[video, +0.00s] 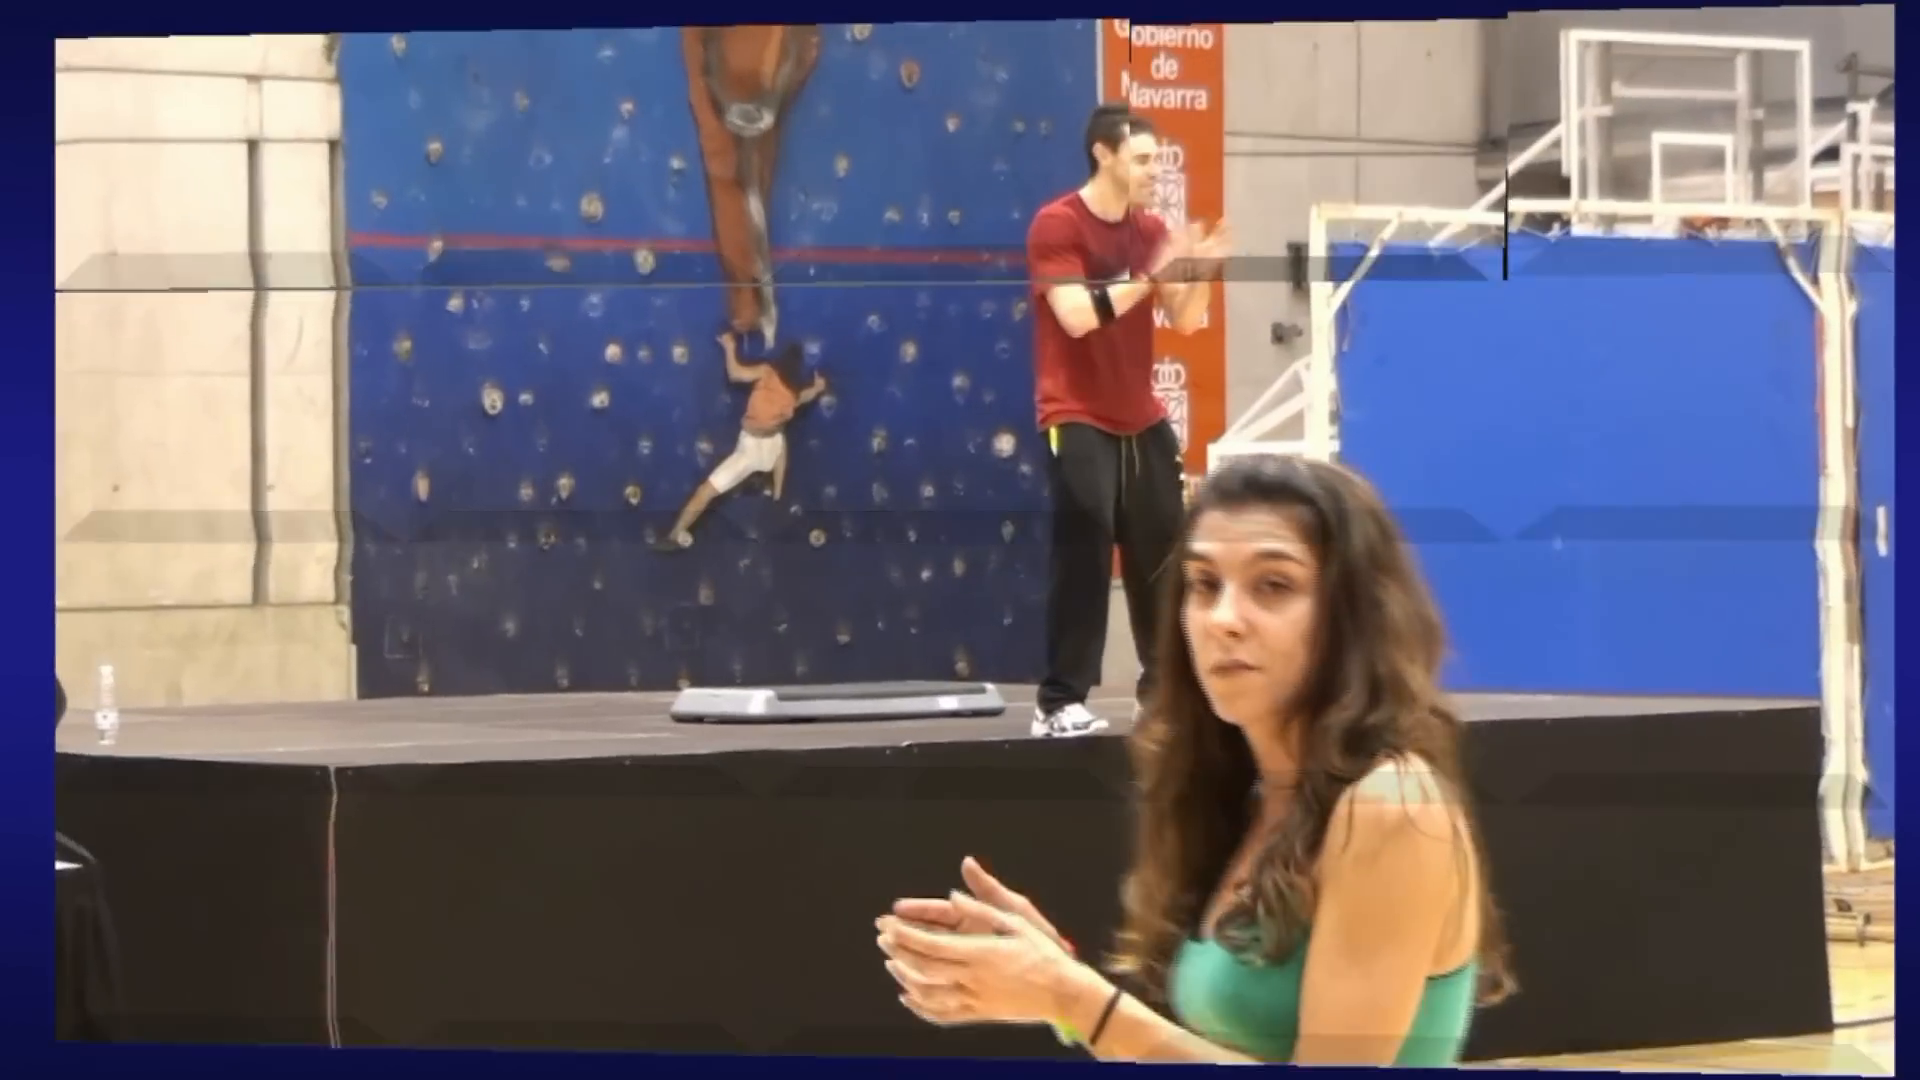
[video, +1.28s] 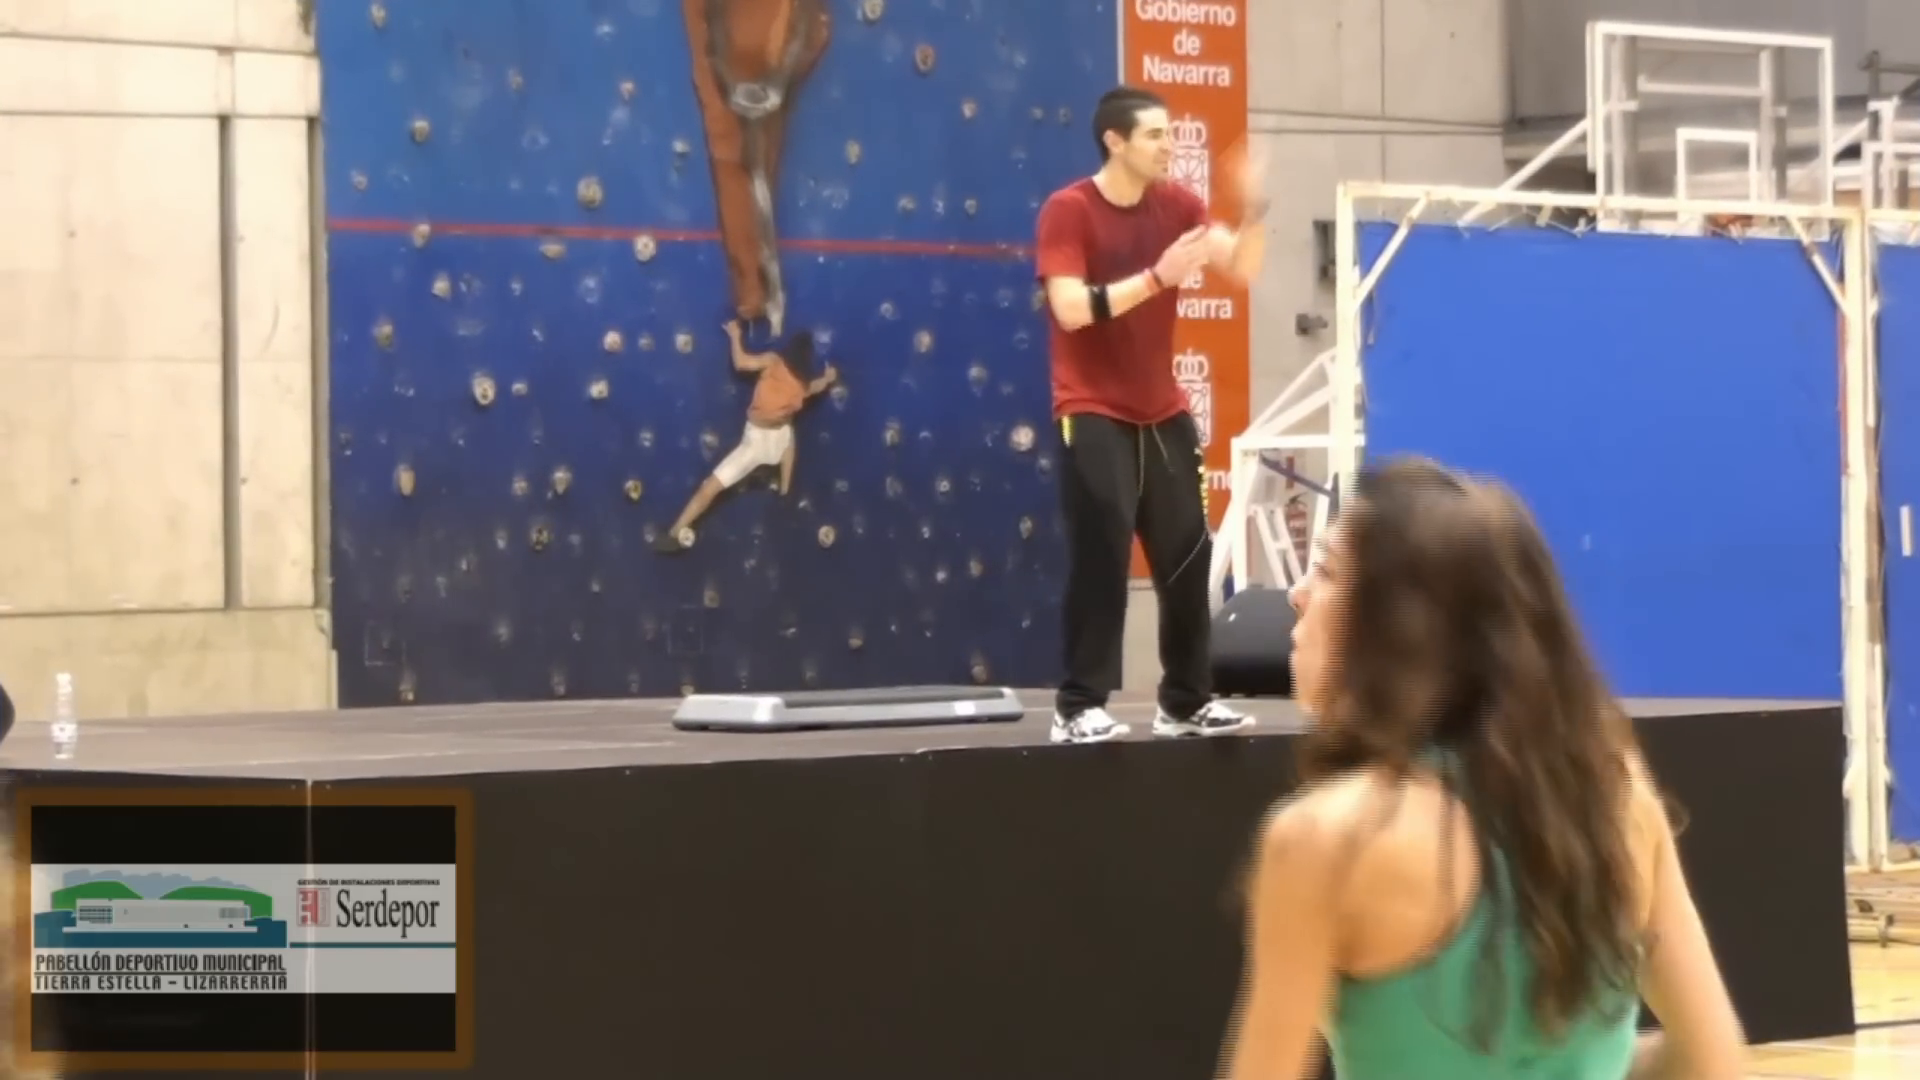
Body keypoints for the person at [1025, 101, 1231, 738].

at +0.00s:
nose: (1153, 170)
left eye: (1155, 158)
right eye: (1142, 158)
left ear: (1143, 160)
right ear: (1103, 155)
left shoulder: (1150, 231)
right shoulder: (1056, 223)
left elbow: (1185, 319)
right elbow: (1076, 317)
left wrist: (1203, 267)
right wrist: (1157, 273)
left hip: (1140, 411)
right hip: (1076, 411)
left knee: (1161, 549)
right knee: (1088, 542)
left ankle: (1166, 695)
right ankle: (1064, 699)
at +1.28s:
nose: (1165, 146)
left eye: (1168, 135)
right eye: (1153, 136)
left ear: (1167, 141)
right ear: (1113, 142)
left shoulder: (1177, 205)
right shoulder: (1069, 209)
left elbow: (1240, 271)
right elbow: (1071, 310)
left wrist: (1251, 207)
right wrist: (1159, 277)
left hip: (1162, 407)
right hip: (1092, 407)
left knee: (1186, 553)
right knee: (1102, 553)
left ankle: (1186, 701)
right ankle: (1082, 705)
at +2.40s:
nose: (1155, 144)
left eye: (1160, 133)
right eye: (1142, 132)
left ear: (1164, 139)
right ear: (1105, 138)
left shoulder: (1178, 198)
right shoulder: (1056, 213)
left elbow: (1272, 171)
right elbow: (1008, 306)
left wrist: (1351, 139)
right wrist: (1079, 335)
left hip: (1161, 406)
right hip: (1086, 410)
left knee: (1178, 550)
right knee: (1091, 552)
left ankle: (1187, 701)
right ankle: (1081, 706)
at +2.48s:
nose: (1147, 142)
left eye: (1153, 132)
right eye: (1133, 130)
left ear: (1159, 142)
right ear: (1098, 137)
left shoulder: (1177, 200)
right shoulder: (1054, 214)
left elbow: (1273, 176)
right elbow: (1017, 312)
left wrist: (1345, 150)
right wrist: (1078, 350)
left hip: (1164, 409)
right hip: (1086, 414)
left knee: (1186, 550)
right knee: (1090, 556)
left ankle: (1189, 700)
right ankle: (1081, 707)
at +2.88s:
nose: (1196, 152)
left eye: (1203, 142)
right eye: (1182, 141)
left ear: (1210, 155)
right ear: (1148, 154)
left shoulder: (1224, 215)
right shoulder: (1102, 226)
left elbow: (1312, 180)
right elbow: (1063, 313)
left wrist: (1364, 134)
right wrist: (1030, 385)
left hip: (1204, 421)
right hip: (1123, 422)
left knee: (1207, 570)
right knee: (1111, 561)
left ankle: (1219, 706)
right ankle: (1090, 698)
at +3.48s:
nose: (1229, 160)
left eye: (1238, 148)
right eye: (1216, 152)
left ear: (1256, 155)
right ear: (1197, 164)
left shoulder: (1300, 221)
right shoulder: (1176, 233)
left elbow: (1341, 305)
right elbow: (1160, 321)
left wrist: (1302, 382)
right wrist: (1177, 396)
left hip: (1279, 424)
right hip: (1206, 427)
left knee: (1279, 563)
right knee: (1206, 568)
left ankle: (1283, 692)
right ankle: (1206, 692)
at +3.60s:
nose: (1253, 175)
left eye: (1262, 164)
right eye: (1240, 166)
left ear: (1279, 170)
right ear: (1222, 178)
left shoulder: (1321, 238)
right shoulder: (1205, 246)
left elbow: (1362, 326)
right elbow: (1179, 323)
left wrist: (1320, 396)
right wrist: (1183, 393)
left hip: (1301, 436)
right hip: (1227, 437)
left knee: (1314, 577)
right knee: (1215, 567)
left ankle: (1333, 701)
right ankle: (1208, 687)